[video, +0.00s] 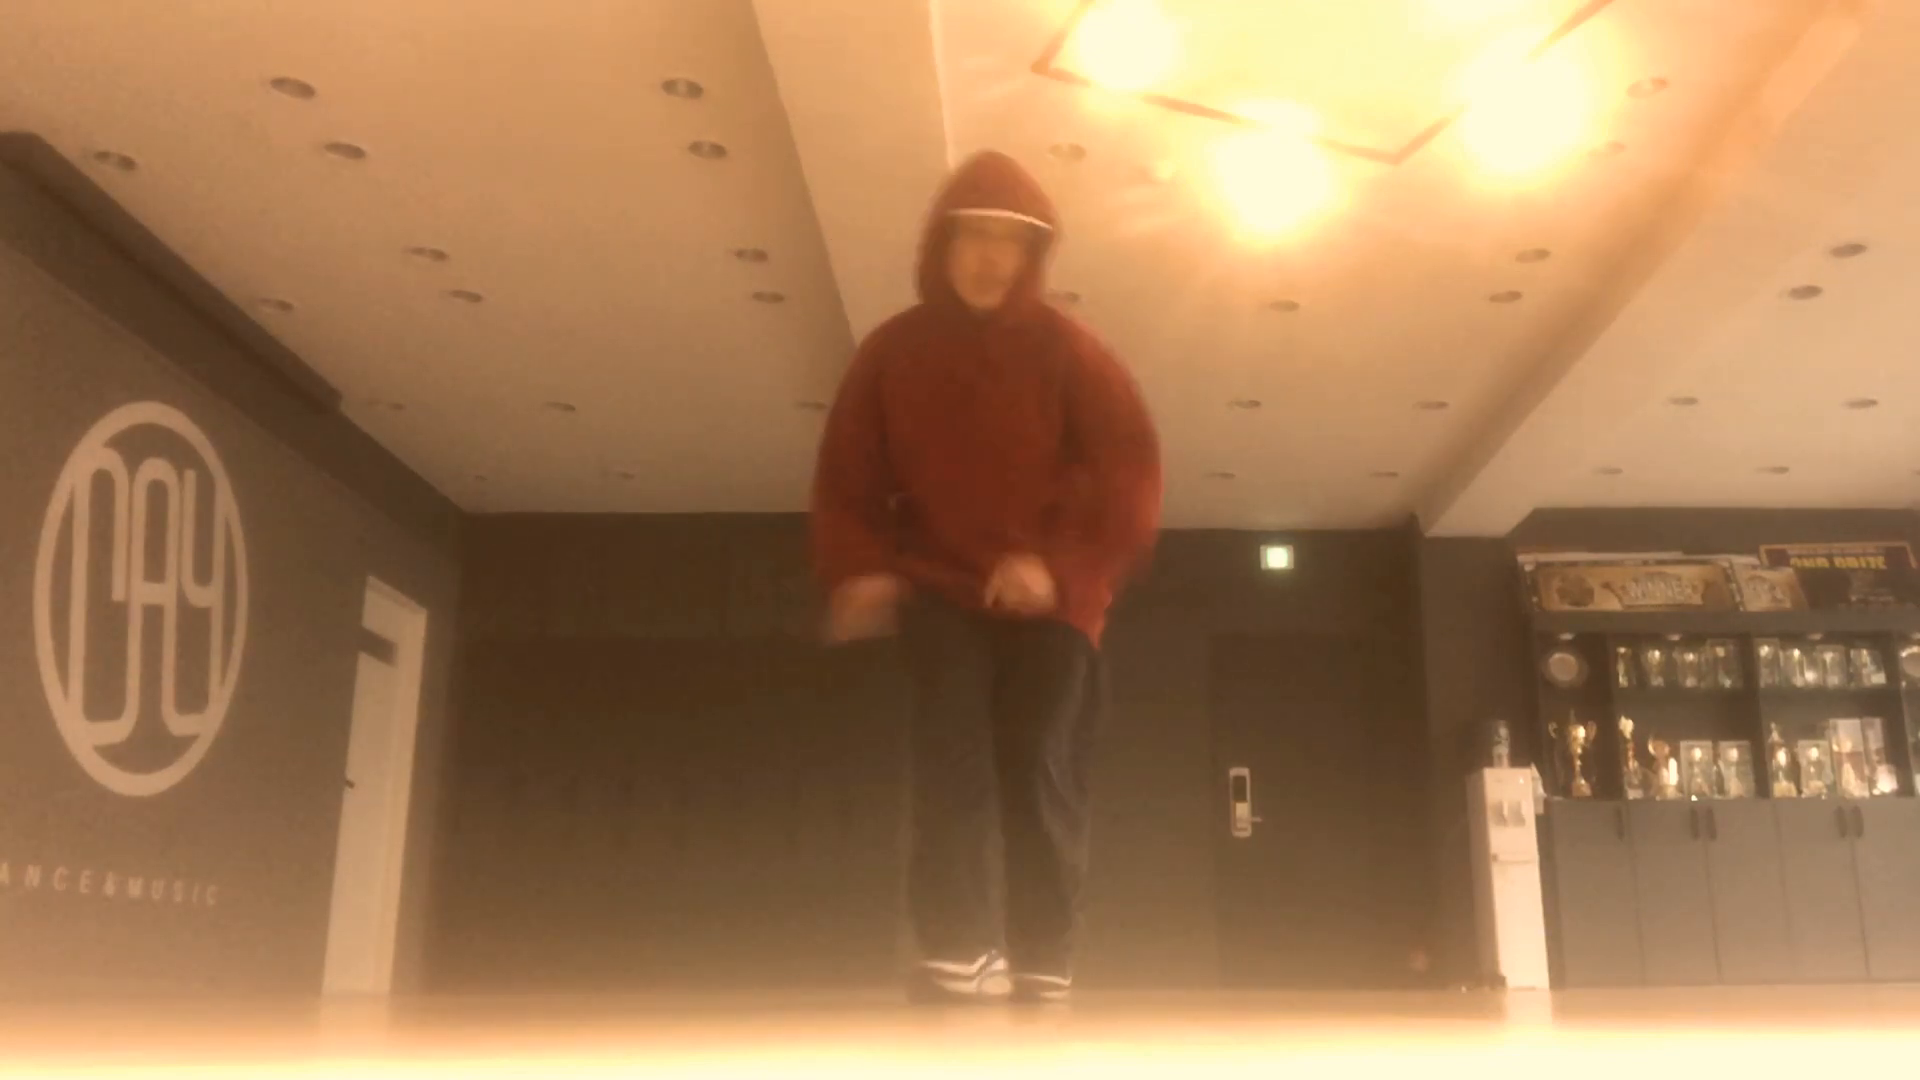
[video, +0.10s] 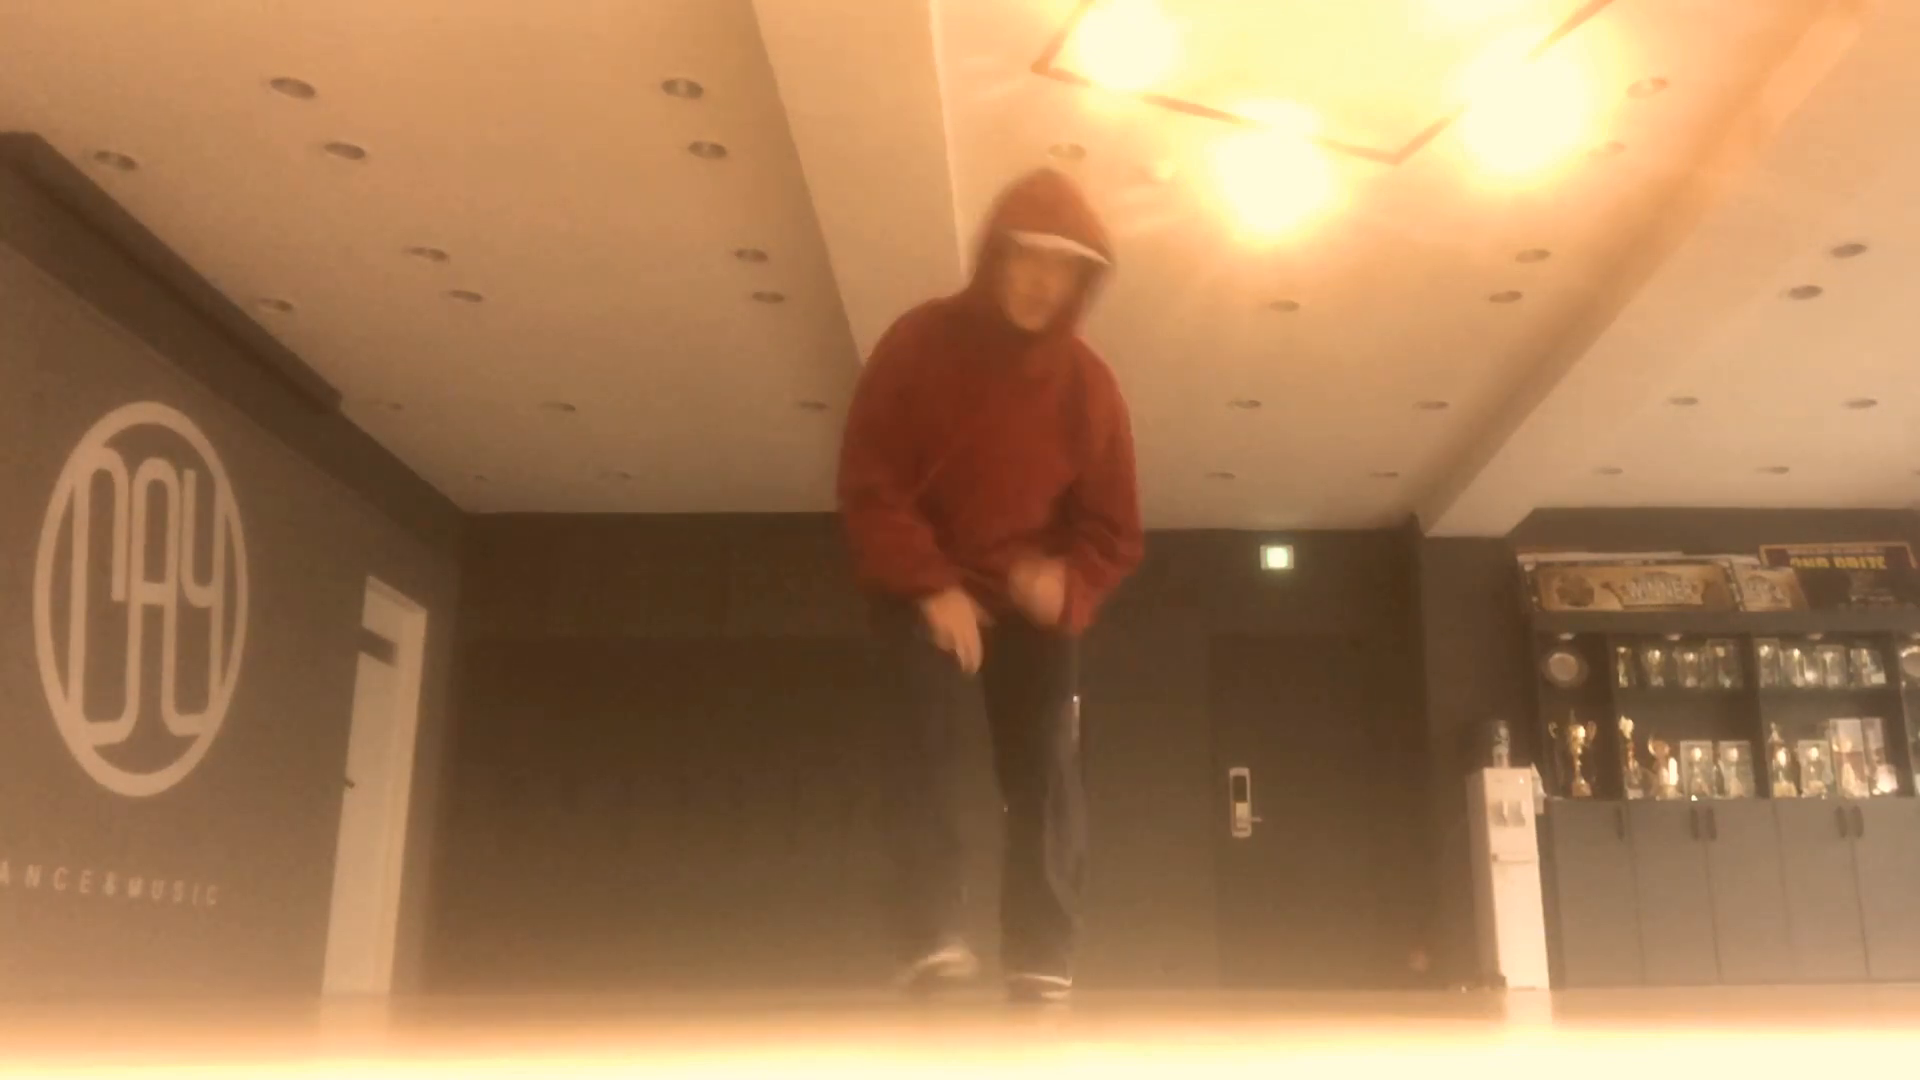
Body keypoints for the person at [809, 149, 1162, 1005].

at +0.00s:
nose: (987, 257)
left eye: (1007, 241)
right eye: (971, 238)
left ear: (1032, 253)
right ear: (943, 246)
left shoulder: (1069, 352)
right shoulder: (893, 352)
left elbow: (1127, 475)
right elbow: (845, 475)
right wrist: (857, 567)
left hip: (1050, 597)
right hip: (935, 592)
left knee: (1041, 772)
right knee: (949, 769)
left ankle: (1044, 956)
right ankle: (956, 949)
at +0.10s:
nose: (1041, 282)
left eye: (1061, 267)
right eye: (1027, 259)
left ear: (1081, 282)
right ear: (993, 258)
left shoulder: (1087, 382)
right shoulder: (921, 343)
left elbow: (1113, 527)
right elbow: (870, 483)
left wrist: (1067, 579)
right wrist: (931, 583)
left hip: (1033, 584)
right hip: (923, 576)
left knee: (1048, 762)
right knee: (935, 744)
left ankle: (1042, 955)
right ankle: (939, 941)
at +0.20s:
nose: (1075, 323)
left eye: (1098, 312)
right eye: (1070, 297)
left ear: (1112, 317)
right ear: (1035, 276)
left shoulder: (1084, 389)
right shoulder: (948, 327)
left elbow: (1089, 538)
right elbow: (884, 458)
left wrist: (1097, 493)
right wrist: (939, 584)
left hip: (1004, 564)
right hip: (894, 547)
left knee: (1048, 729)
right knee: (866, 705)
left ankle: (1027, 940)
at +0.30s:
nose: (1094, 371)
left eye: (1113, 363)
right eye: (1094, 348)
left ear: (1123, 366)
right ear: (1059, 317)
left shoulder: (1084, 406)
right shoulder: (959, 335)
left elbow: (1084, 534)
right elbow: (910, 460)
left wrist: (1130, 431)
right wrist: (918, 588)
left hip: (966, 587)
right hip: (851, 565)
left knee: (1026, 748)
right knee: (804, 736)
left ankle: (1000, 943)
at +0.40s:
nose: (1088, 423)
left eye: (1106, 417)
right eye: (1095, 402)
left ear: (1107, 415)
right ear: (1071, 362)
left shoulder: (1055, 446)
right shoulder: (958, 356)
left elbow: (1024, 574)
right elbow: (882, 471)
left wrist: (1103, 486)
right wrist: (880, 608)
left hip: (925, 597)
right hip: (809, 573)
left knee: (993, 736)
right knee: (757, 740)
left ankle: (1001, 941)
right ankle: (640, 932)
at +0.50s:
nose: (1051, 502)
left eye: (1070, 499)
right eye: (1056, 486)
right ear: (1036, 441)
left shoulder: (1033, 464)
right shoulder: (929, 397)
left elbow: (967, 607)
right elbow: (801, 491)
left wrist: (1031, 550)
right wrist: (827, 621)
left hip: (889, 598)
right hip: (779, 572)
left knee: (950, 757)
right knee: (749, 748)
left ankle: (995, 948)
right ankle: (640, 946)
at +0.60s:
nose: (976, 572)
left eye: (992, 570)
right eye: (979, 559)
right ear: (969, 507)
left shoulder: (1001, 494)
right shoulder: (879, 440)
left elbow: (920, 643)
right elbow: (752, 532)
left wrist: (954, 618)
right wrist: (810, 631)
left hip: (868, 601)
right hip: (768, 578)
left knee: (932, 744)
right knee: (748, 753)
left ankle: (987, 948)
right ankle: (636, 949)